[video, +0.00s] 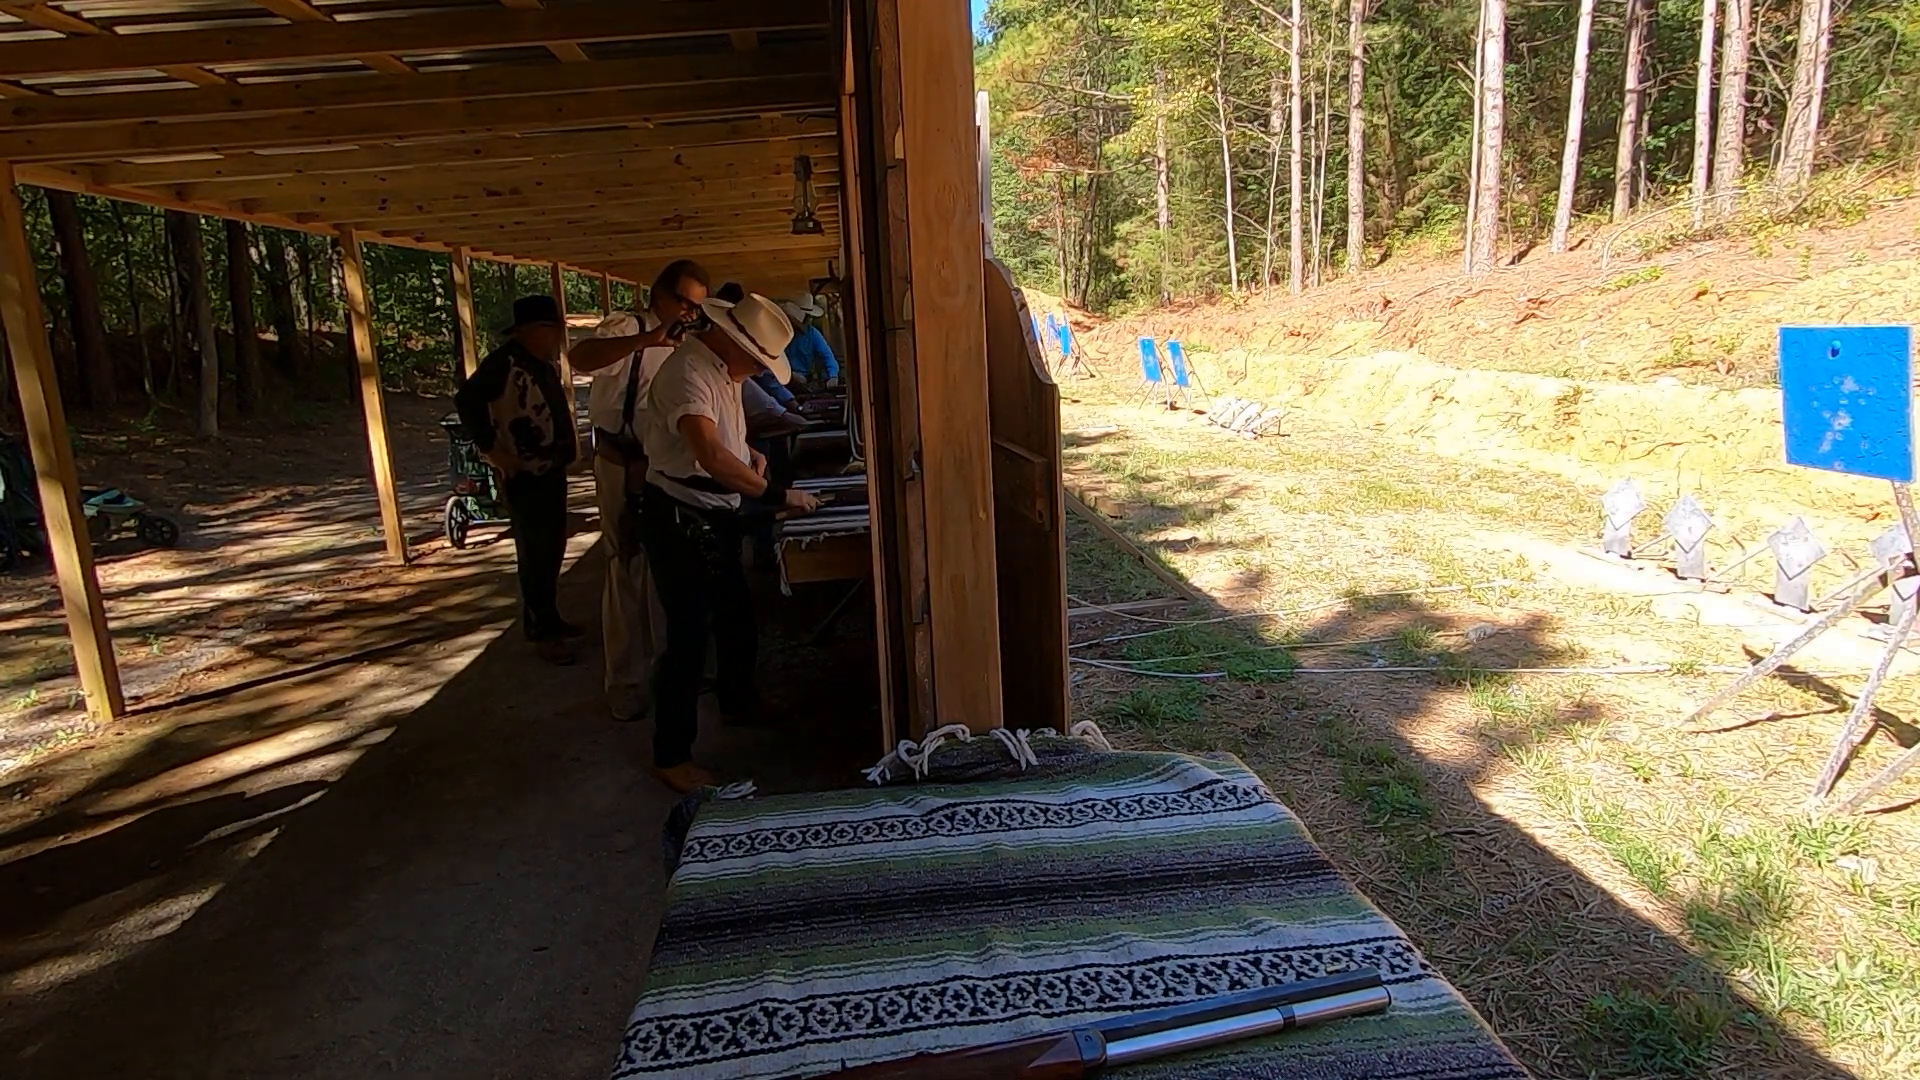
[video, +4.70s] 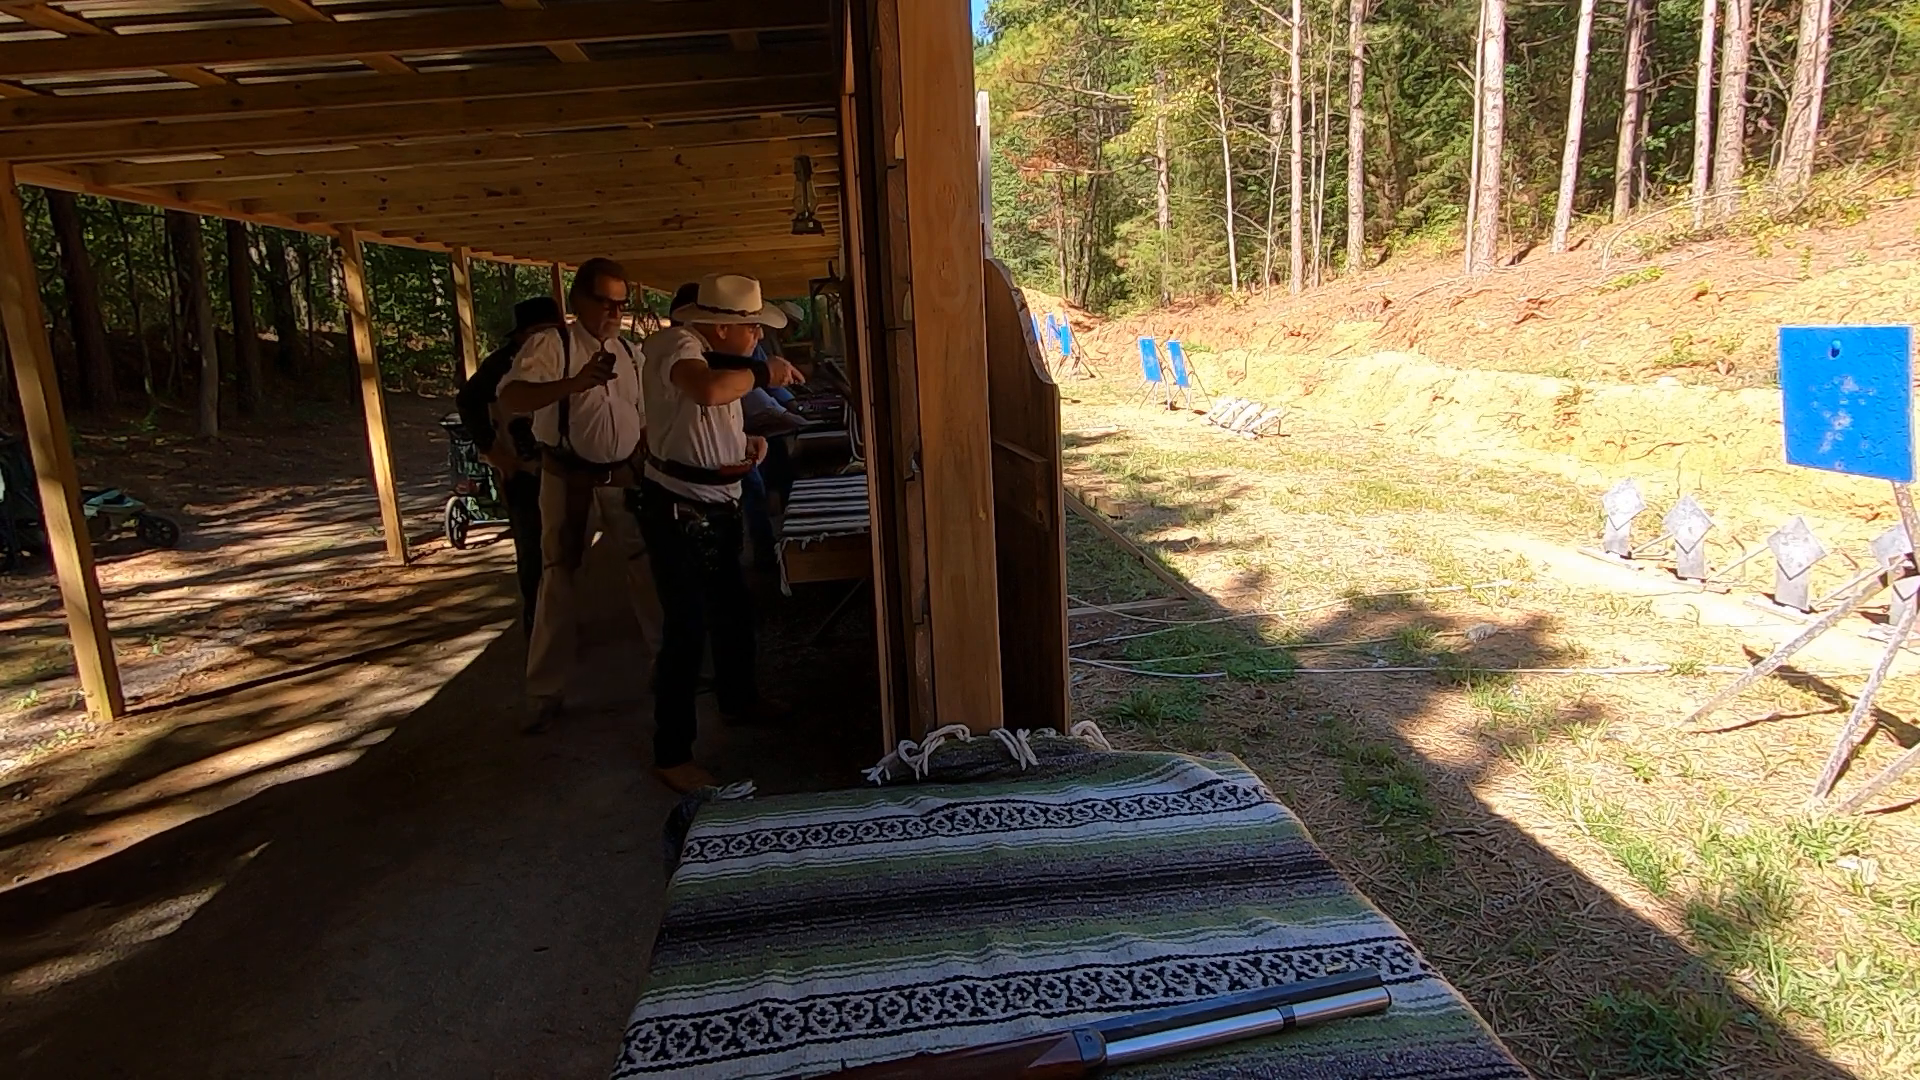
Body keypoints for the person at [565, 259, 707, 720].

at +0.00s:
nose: (687, 313)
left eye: (696, 307)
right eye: (681, 302)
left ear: (702, 311)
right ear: (657, 296)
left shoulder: (694, 348)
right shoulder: (626, 328)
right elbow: (579, 358)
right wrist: (649, 339)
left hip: (675, 467)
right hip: (621, 467)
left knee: (672, 571)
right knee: (626, 573)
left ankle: (677, 672)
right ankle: (625, 685)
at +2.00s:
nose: (691, 314)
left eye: (698, 309)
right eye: (686, 304)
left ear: (698, 310)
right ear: (661, 296)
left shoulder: (690, 345)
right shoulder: (631, 327)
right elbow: (608, 346)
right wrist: (675, 342)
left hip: (668, 463)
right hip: (619, 466)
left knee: (671, 567)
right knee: (626, 572)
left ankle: (673, 671)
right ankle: (624, 684)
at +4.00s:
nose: (687, 315)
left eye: (694, 309)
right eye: (682, 304)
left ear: (696, 310)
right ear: (657, 296)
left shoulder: (687, 344)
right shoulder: (630, 325)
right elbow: (610, 348)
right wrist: (676, 345)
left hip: (666, 462)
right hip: (617, 463)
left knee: (668, 564)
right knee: (624, 570)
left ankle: (669, 664)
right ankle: (623, 680)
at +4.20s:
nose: (683, 314)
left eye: (690, 308)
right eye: (677, 304)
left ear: (692, 310)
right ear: (651, 296)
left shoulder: (683, 344)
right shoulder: (625, 326)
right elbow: (608, 349)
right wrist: (671, 343)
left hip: (664, 459)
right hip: (615, 461)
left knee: (665, 562)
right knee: (620, 568)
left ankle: (670, 664)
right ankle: (616, 682)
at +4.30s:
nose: (675, 312)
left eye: (683, 307)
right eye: (669, 302)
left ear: (687, 308)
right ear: (643, 294)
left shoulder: (678, 341)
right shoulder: (619, 325)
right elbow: (597, 351)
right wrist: (662, 341)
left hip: (660, 459)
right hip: (609, 459)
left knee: (661, 564)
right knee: (612, 567)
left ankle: (668, 665)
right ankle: (600, 679)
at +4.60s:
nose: (636, 312)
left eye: (643, 303)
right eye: (627, 302)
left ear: (649, 303)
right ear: (601, 298)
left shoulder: (653, 344)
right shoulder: (575, 337)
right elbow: (537, 377)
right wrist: (607, 362)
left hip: (644, 473)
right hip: (584, 476)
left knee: (653, 580)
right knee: (569, 581)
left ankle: (670, 675)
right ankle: (545, 694)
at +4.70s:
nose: (615, 311)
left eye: (620, 304)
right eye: (605, 303)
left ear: (624, 304)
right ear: (577, 301)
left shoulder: (627, 351)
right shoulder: (549, 343)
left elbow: (640, 408)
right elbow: (512, 397)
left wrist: (644, 443)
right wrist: (573, 383)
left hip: (623, 475)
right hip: (567, 479)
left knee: (646, 575)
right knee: (559, 582)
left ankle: (666, 669)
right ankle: (544, 694)